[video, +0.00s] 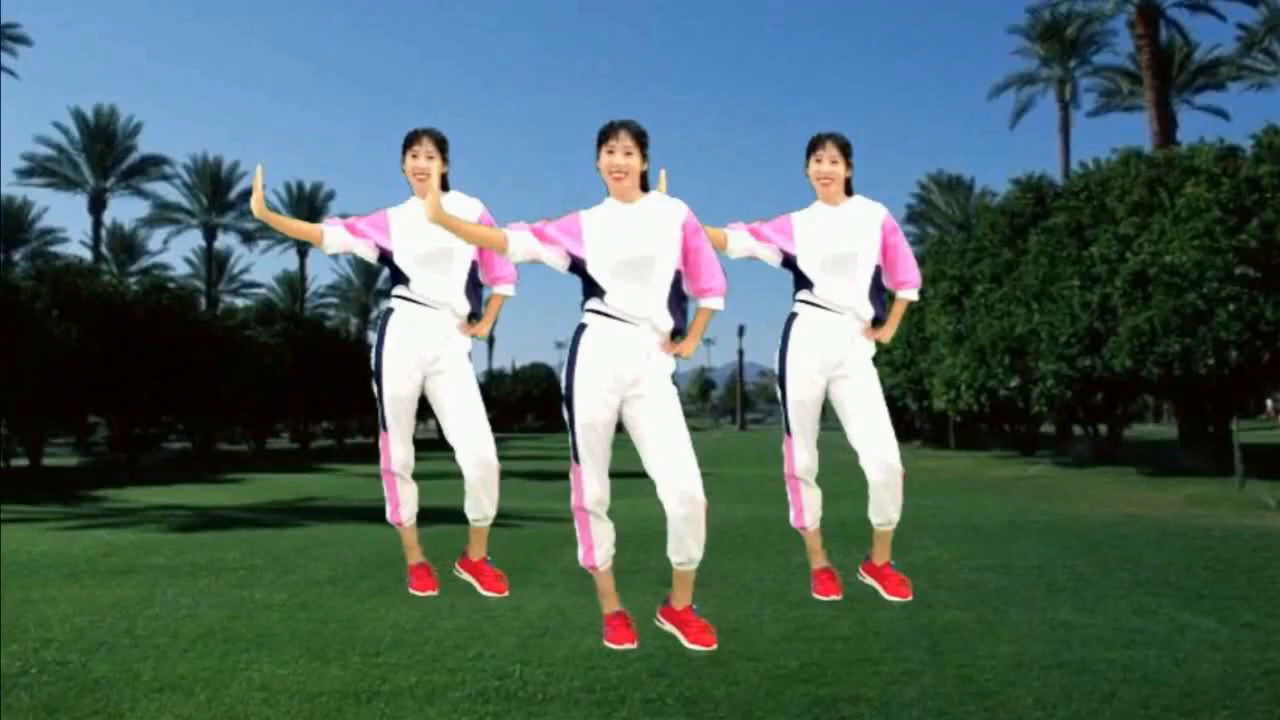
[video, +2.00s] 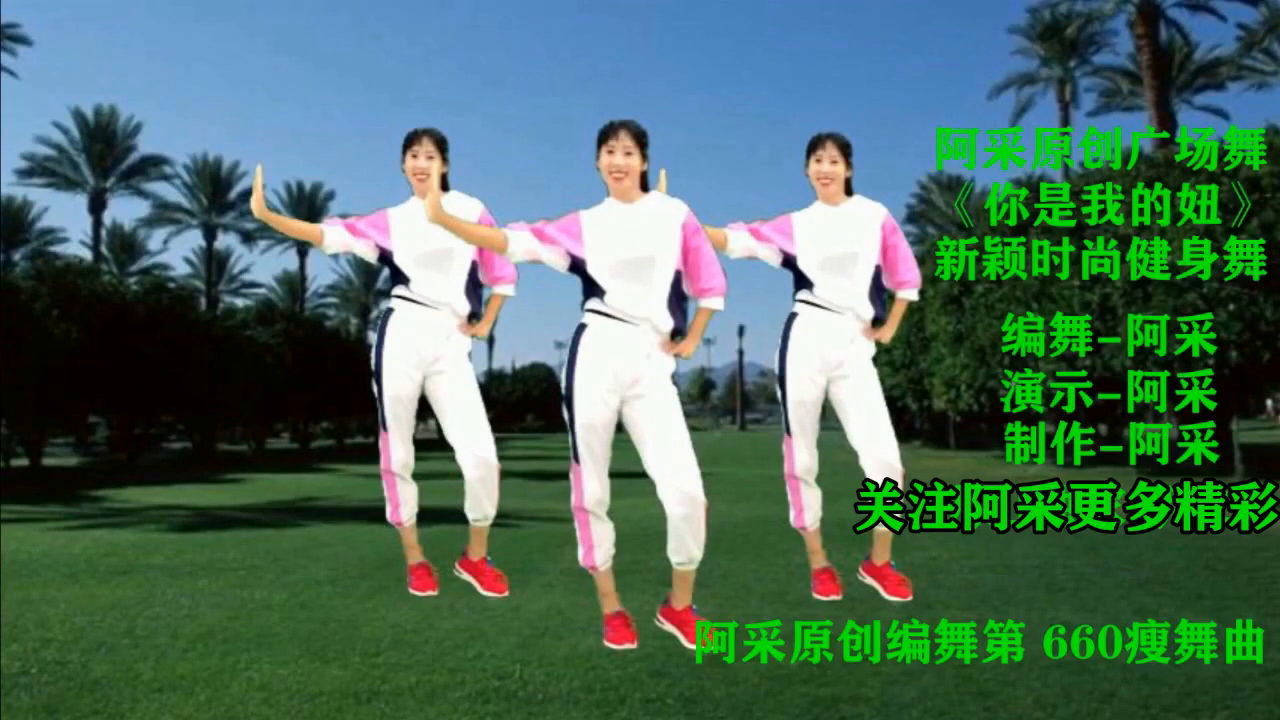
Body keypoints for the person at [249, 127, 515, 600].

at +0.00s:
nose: (420, 164)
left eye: (428, 157)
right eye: (412, 157)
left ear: (444, 165)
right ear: (404, 166)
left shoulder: (473, 211)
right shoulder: (393, 220)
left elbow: (503, 272)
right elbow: (327, 235)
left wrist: (485, 324)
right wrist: (266, 215)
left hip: (451, 334)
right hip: (401, 331)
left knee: (482, 456)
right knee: (399, 452)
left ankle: (476, 557)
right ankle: (415, 561)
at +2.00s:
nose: (420, 164)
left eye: (428, 157)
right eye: (412, 157)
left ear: (444, 165)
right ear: (404, 166)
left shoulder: (473, 211)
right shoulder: (393, 220)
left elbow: (503, 273)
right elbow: (327, 235)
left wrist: (484, 325)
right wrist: (265, 214)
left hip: (451, 335)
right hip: (401, 331)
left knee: (482, 457)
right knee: (399, 453)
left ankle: (476, 557)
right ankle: (415, 561)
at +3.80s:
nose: (465, 165)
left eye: (472, 157)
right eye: (458, 158)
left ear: (486, 166)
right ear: (448, 167)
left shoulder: (509, 216)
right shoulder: (439, 227)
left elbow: (535, 284)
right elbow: (384, 246)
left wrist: (519, 338)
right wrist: (334, 222)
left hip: (492, 352)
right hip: (450, 347)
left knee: (516, 485)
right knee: (446, 480)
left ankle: (511, 600)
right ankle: (459, 601)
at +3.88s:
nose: (456, 180)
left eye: (461, 174)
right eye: (451, 174)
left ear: (471, 180)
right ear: (444, 181)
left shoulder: (483, 222)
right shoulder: (437, 231)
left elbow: (500, 279)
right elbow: (399, 246)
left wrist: (492, 325)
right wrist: (371, 223)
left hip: (473, 336)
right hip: (444, 335)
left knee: (487, 445)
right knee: (442, 444)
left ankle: (485, 547)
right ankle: (452, 548)